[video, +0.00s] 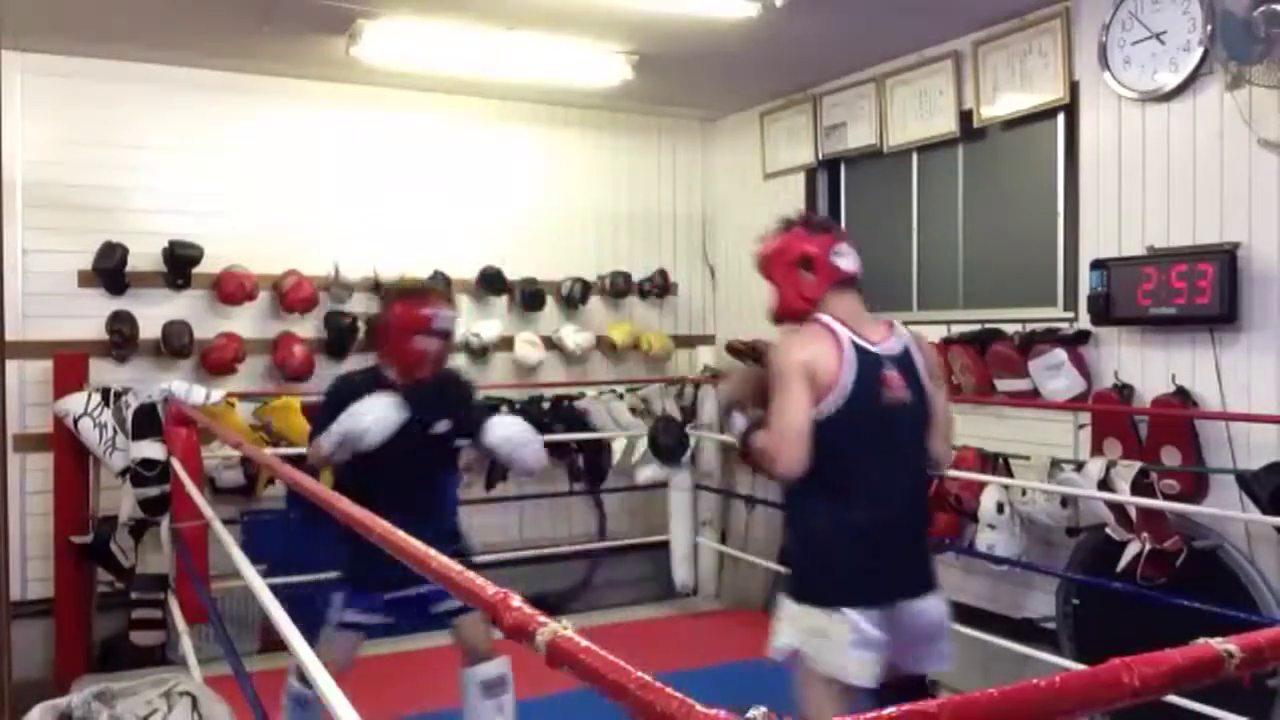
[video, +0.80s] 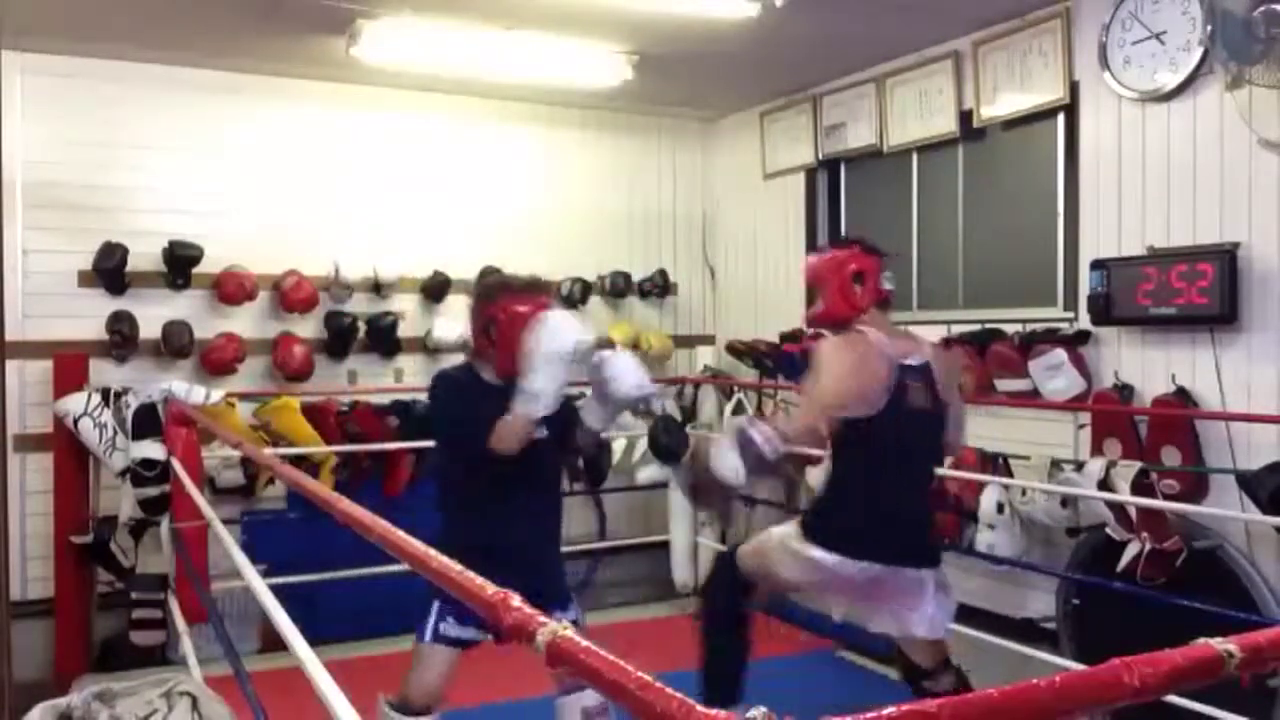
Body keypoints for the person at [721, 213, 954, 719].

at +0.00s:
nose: (772, 300)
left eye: (774, 284)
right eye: (770, 285)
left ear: (802, 279)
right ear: (844, 272)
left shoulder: (798, 346)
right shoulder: (914, 345)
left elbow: (788, 459)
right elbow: (938, 451)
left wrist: (746, 428)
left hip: (832, 589)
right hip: (910, 578)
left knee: (825, 710)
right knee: (909, 710)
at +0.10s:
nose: (812, 332)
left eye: (815, 318)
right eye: (810, 318)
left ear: (844, 313)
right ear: (880, 306)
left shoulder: (837, 387)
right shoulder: (943, 380)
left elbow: (814, 499)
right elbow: (965, 490)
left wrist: (777, 458)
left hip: (872, 621)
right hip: (945, 609)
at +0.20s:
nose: (834, 338)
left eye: (836, 324)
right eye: (831, 325)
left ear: (869, 316)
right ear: (897, 310)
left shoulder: (882, 390)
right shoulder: (960, 375)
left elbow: (860, 503)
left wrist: (800, 475)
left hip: (903, 624)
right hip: (967, 613)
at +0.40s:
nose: (859, 320)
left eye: (862, 305)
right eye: (857, 306)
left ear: (896, 296)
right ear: (909, 294)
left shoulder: (921, 362)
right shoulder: (965, 356)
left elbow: (891, 469)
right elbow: (936, 455)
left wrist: (836, 427)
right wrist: (866, 414)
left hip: (918, 560)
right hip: (974, 564)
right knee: (955, 697)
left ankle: (853, 698)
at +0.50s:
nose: (858, 315)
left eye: (861, 301)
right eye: (855, 302)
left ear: (894, 292)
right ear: (909, 289)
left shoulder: (921, 360)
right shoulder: (961, 354)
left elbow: (896, 466)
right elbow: (902, 438)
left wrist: (837, 424)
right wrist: (850, 368)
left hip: (909, 546)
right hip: (963, 554)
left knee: (776, 496)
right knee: (950, 690)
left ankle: (825, 624)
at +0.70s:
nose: (836, 318)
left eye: (842, 303)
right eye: (837, 304)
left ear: (875, 295)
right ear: (890, 294)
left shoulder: (892, 358)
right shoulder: (941, 354)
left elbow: (896, 447)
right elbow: (889, 431)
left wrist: (815, 453)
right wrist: (836, 383)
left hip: (878, 542)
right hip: (937, 553)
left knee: (756, 530)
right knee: (945, 686)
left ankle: (765, 658)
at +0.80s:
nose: (816, 308)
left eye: (821, 293)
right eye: (816, 293)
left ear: (848, 287)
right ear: (874, 288)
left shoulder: (842, 351)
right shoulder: (934, 357)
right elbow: (951, 443)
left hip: (838, 541)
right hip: (911, 549)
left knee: (729, 576)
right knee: (935, 673)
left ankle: (719, 708)